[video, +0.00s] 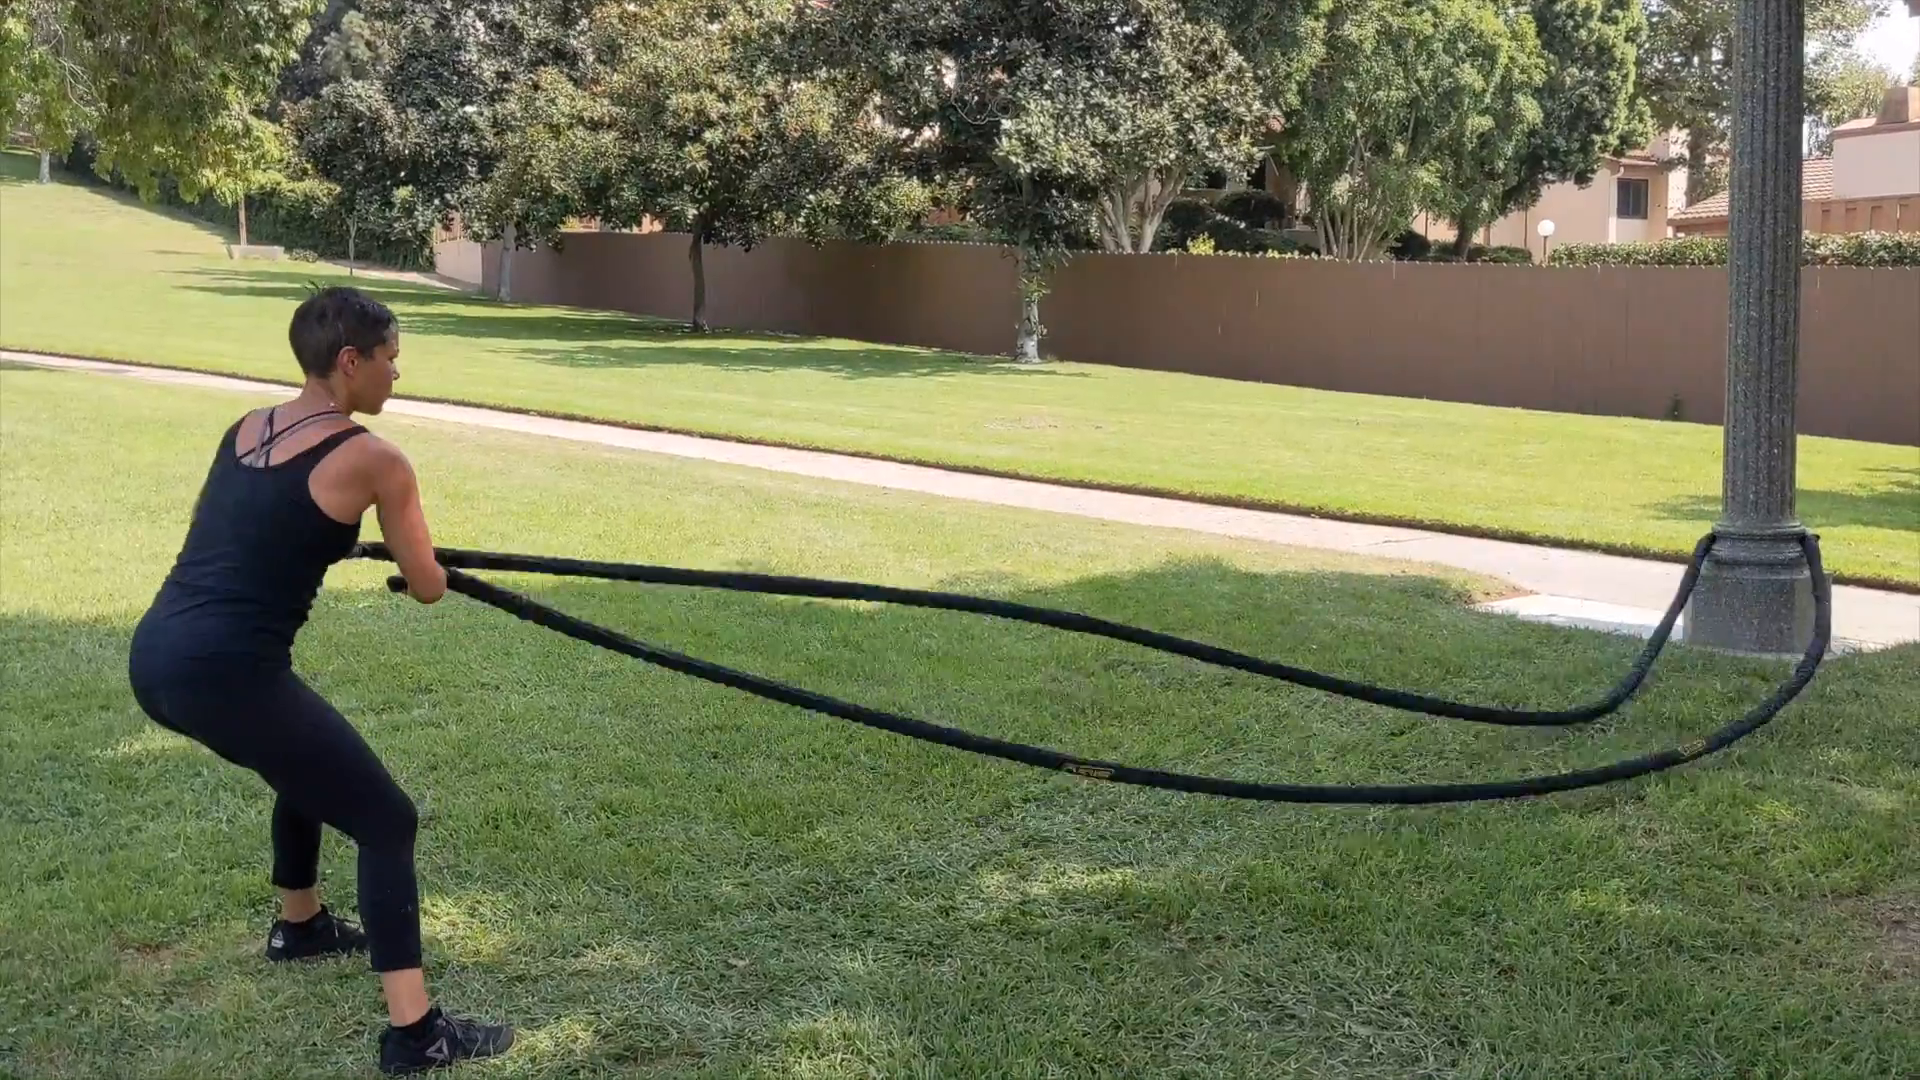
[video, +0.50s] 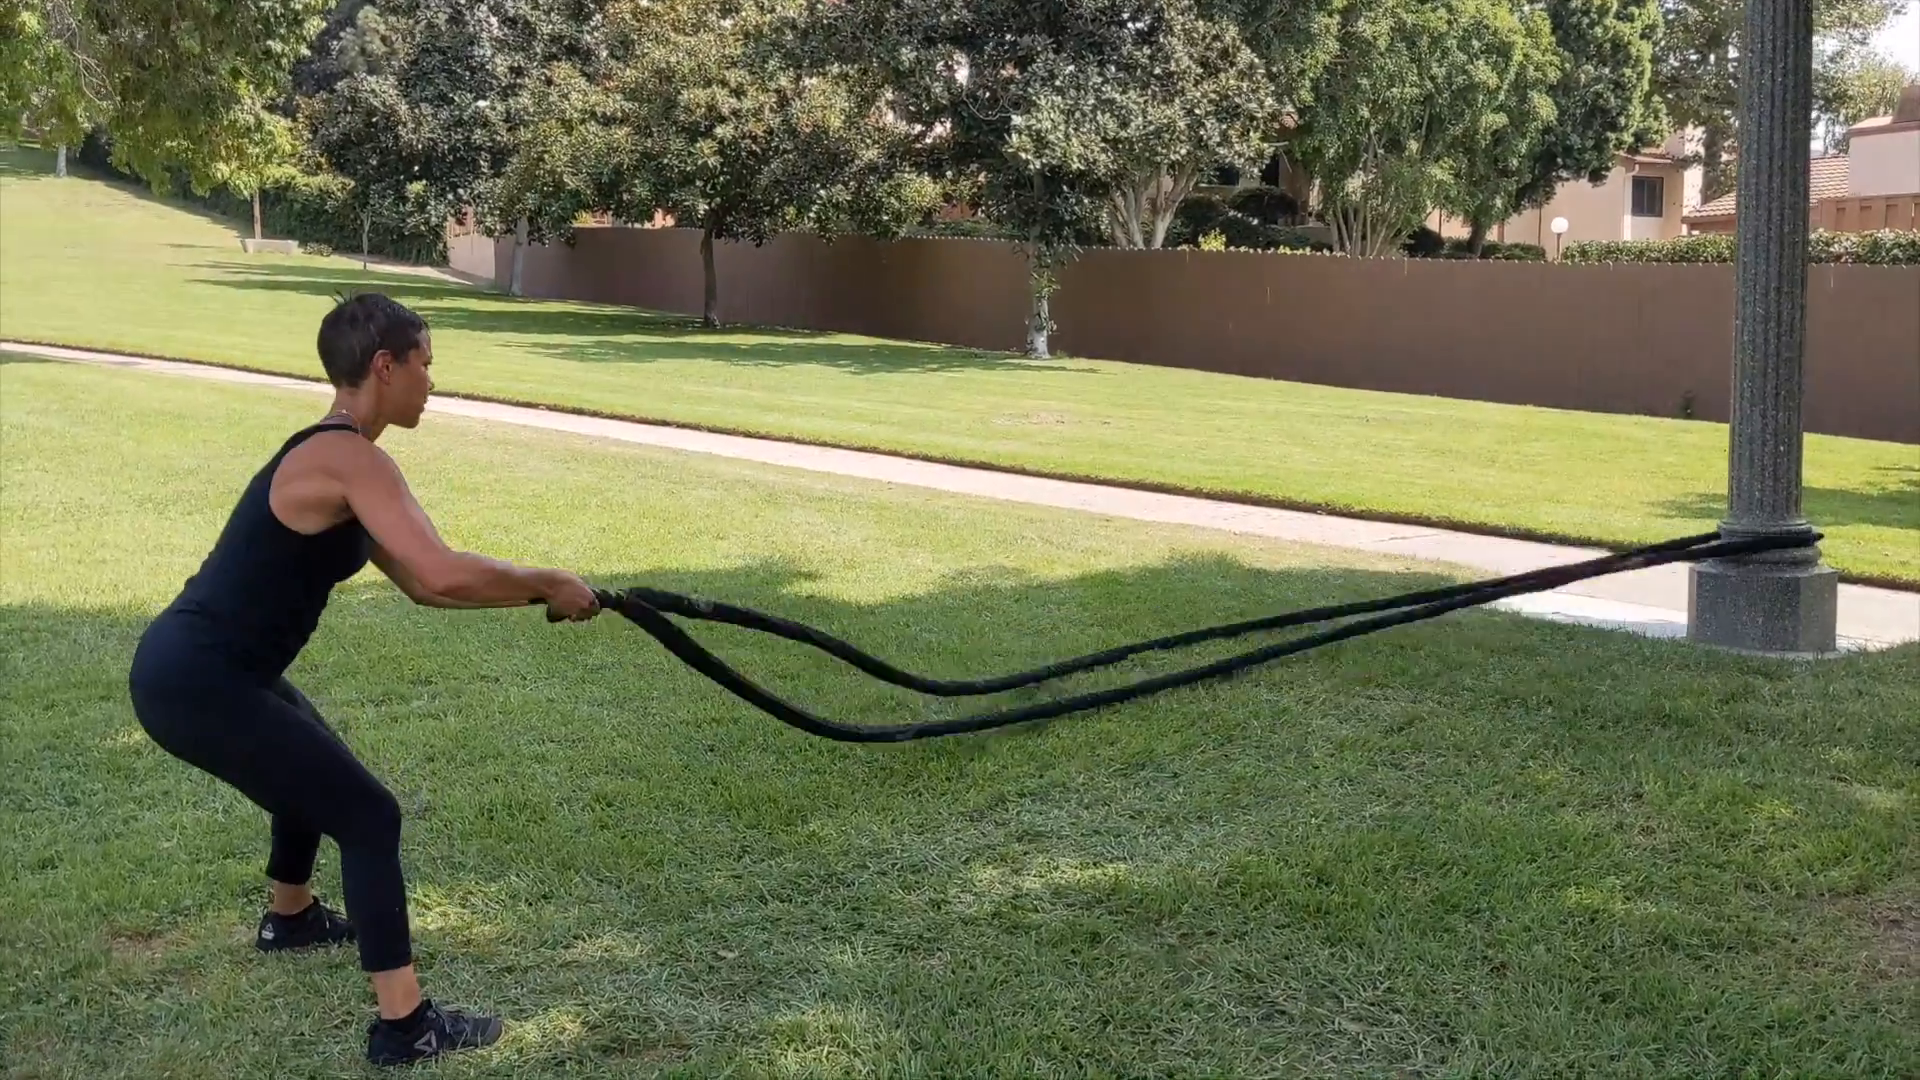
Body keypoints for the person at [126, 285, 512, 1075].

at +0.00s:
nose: (396, 377)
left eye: (396, 362)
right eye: (390, 362)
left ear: (325, 362)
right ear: (347, 361)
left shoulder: (251, 424)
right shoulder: (375, 460)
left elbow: (245, 528)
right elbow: (426, 583)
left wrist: (333, 540)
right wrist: (428, 573)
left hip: (157, 660)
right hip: (231, 675)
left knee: (304, 764)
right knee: (387, 817)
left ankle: (301, 923)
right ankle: (414, 1026)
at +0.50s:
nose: (431, 383)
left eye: (430, 366)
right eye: (425, 366)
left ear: (363, 370)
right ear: (383, 366)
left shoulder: (323, 451)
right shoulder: (355, 459)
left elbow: (423, 585)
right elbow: (438, 575)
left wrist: (527, 589)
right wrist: (546, 584)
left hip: (200, 661)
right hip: (199, 681)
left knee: (317, 765)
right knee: (370, 815)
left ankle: (290, 914)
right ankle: (403, 1020)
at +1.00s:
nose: (394, 369)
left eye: (395, 352)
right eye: (388, 351)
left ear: (327, 352)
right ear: (344, 350)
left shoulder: (267, 421)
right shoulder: (343, 452)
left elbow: (334, 536)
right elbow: (409, 579)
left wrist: (448, 549)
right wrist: (487, 579)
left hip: (145, 644)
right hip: (196, 661)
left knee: (297, 753)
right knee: (354, 808)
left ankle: (290, 909)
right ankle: (394, 1015)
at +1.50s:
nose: (472, 370)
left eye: (471, 354)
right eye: (465, 355)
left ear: (393, 359)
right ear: (425, 359)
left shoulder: (330, 424)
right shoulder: (438, 452)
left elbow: (311, 520)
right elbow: (508, 574)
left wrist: (384, 552)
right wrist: (485, 572)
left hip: (203, 647)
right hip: (266, 666)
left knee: (335, 751)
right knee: (432, 804)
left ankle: (334, 908)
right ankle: (437, 1018)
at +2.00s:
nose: (493, 364)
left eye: (492, 347)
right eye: (485, 347)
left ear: (435, 351)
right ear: (439, 350)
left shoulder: (423, 443)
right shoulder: (394, 448)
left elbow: (441, 562)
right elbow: (442, 572)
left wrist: (560, 571)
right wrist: (584, 582)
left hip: (284, 642)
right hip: (257, 657)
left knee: (397, 740)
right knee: (422, 804)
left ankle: (351, 902)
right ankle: (448, 1018)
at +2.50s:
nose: (444, 367)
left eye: (443, 352)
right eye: (436, 352)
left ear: (368, 358)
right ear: (395, 357)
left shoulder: (296, 416)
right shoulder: (416, 455)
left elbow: (203, 498)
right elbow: (471, 577)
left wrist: (297, 513)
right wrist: (468, 546)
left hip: (182, 645)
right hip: (252, 659)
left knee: (329, 751)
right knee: (415, 808)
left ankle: (333, 910)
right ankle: (424, 1022)